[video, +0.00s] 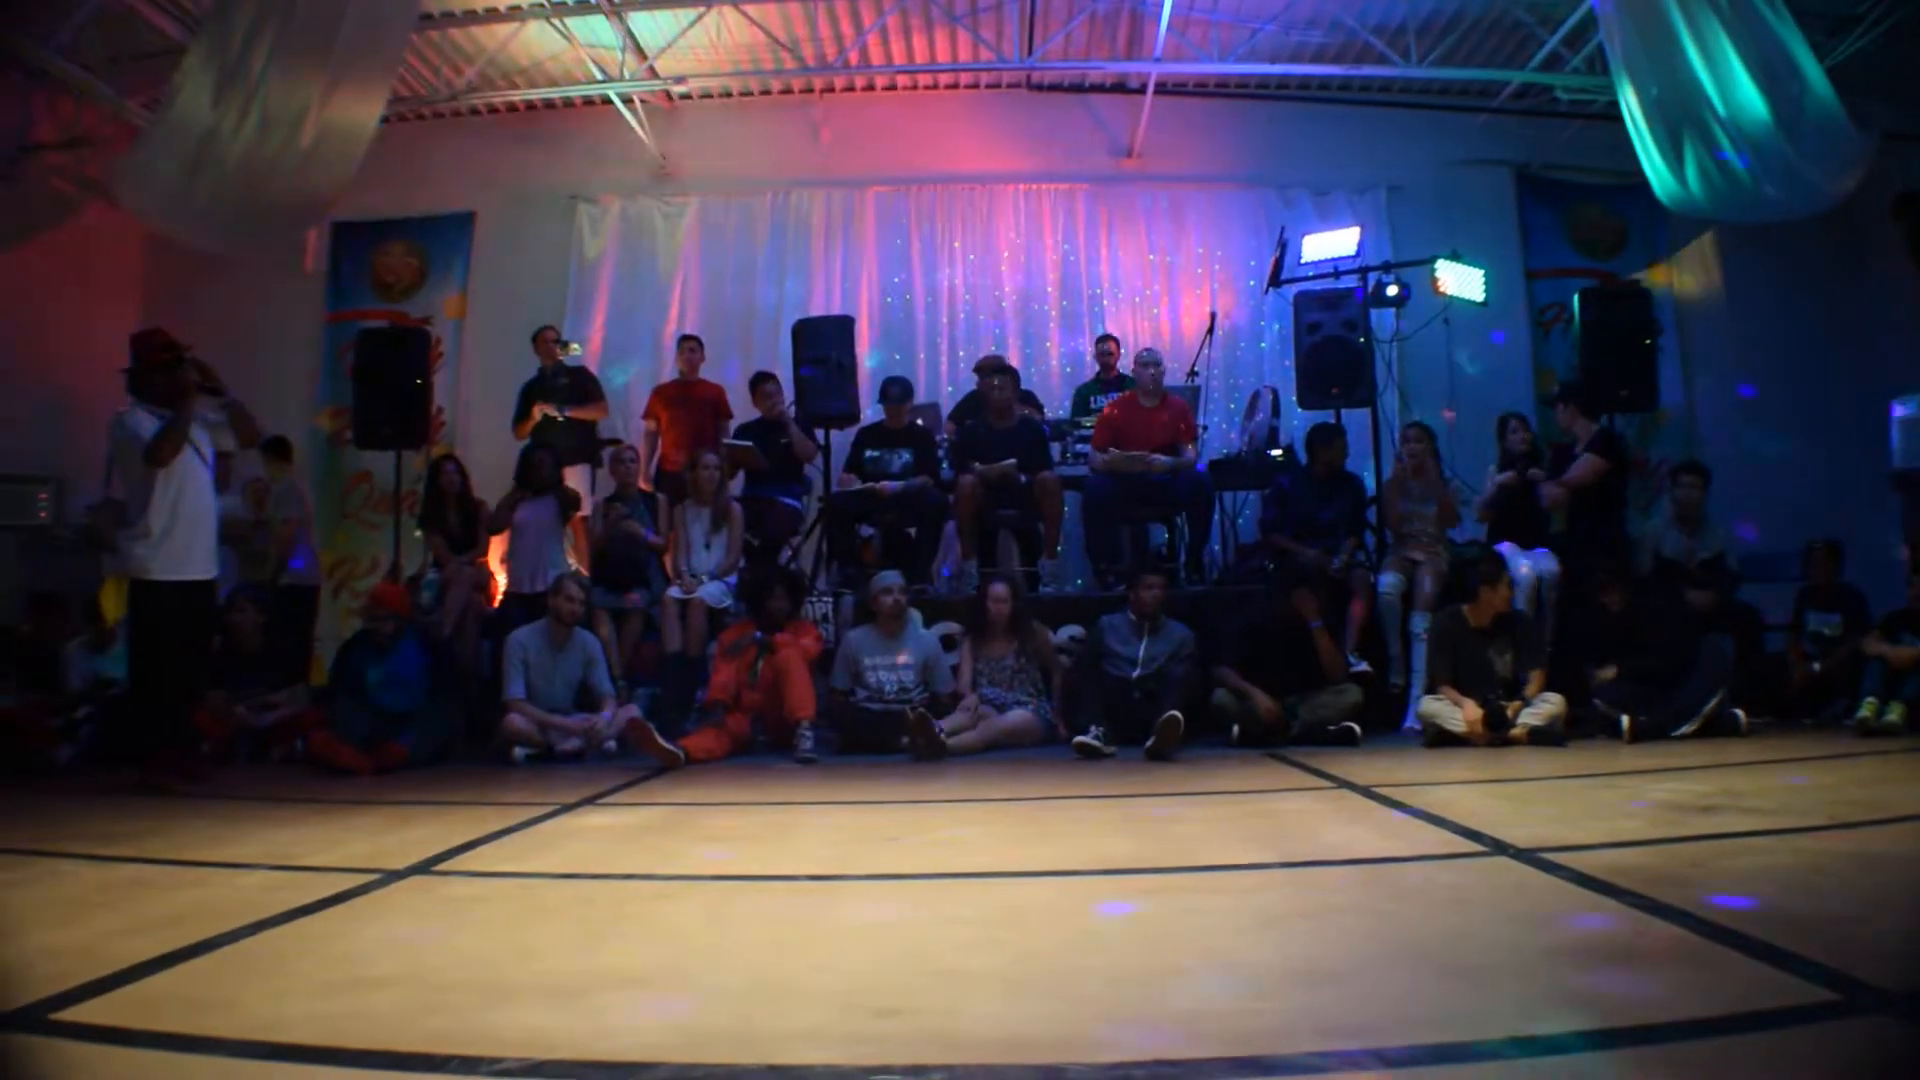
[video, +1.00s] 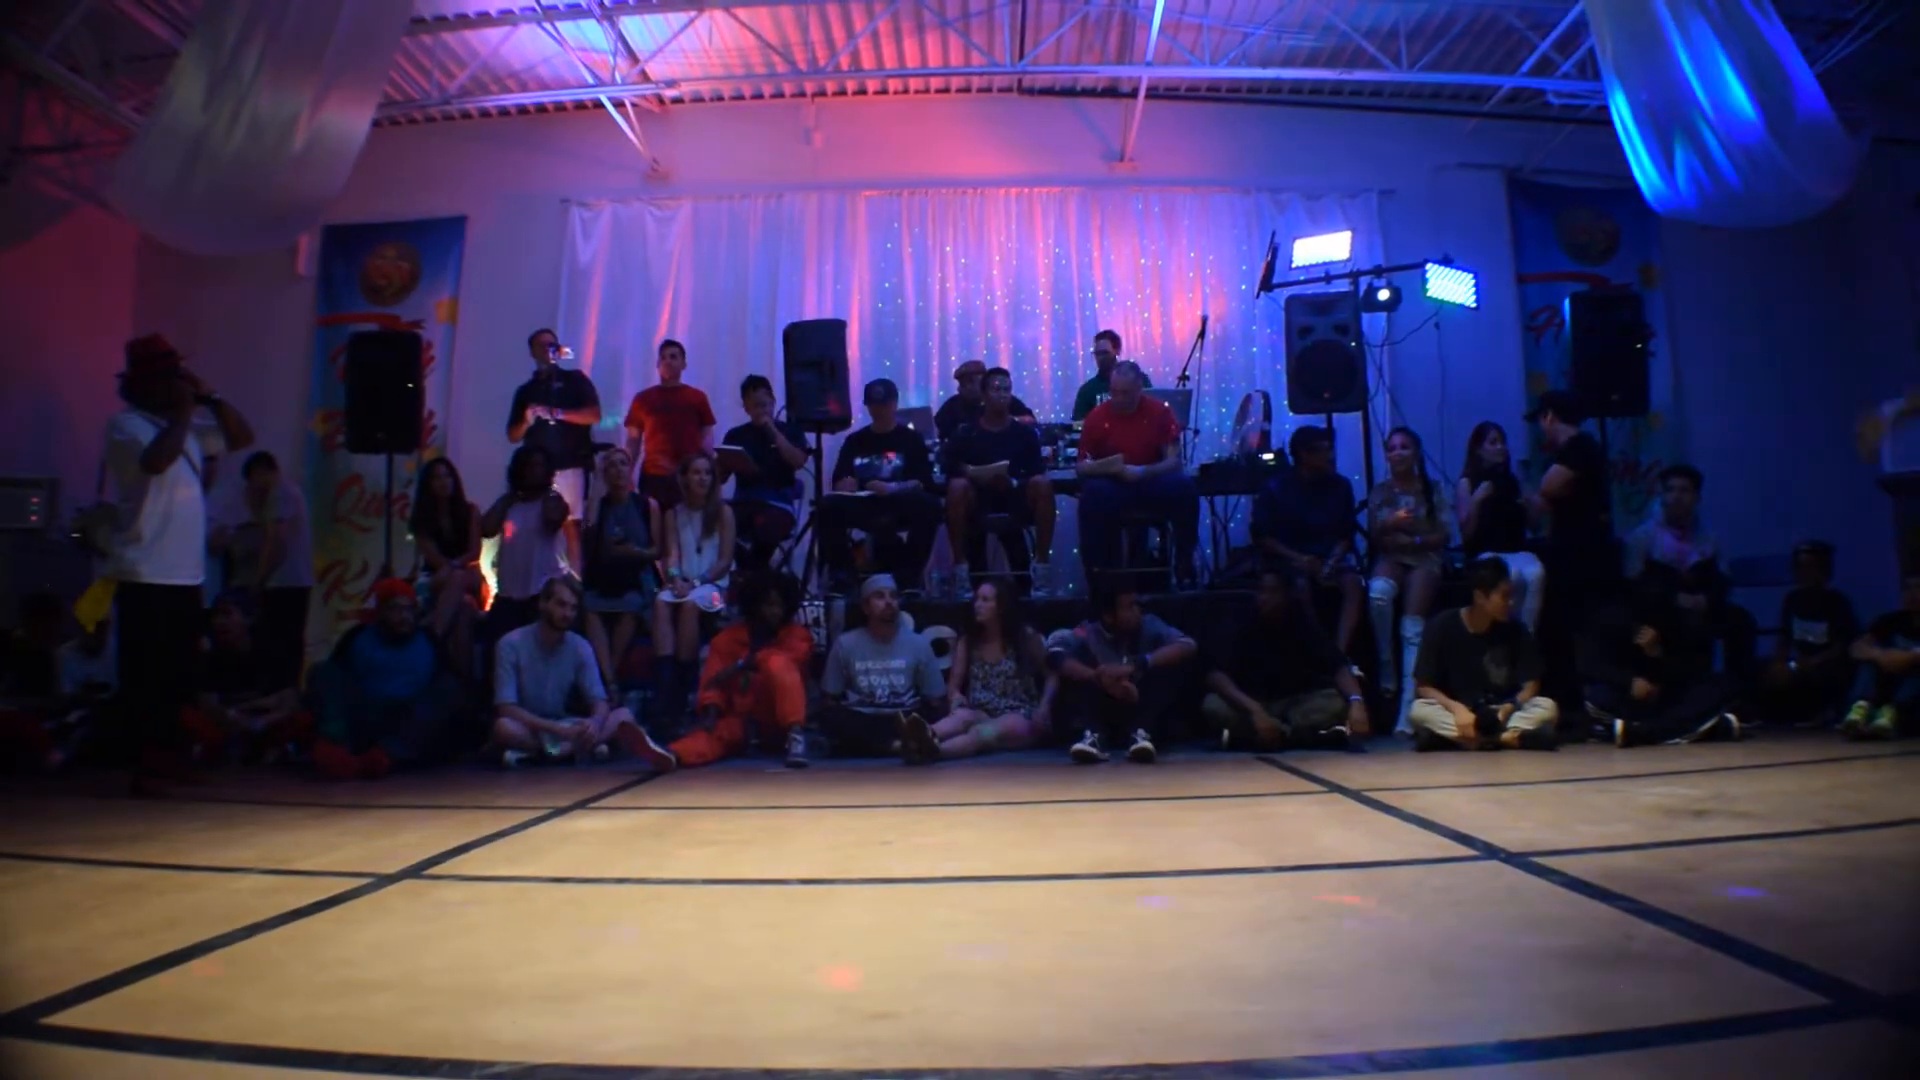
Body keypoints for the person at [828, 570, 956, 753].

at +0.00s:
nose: (896, 599)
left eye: (901, 592)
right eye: (887, 593)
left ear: (907, 598)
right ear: (874, 601)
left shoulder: (926, 641)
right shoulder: (854, 640)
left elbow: (943, 696)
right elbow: (838, 694)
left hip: (913, 711)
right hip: (869, 711)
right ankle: (903, 740)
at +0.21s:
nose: (894, 600)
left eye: (899, 593)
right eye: (885, 594)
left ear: (905, 599)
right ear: (872, 603)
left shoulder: (923, 641)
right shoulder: (851, 641)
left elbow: (942, 698)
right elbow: (836, 696)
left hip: (910, 713)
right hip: (867, 713)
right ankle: (900, 741)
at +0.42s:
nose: (893, 600)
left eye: (898, 594)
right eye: (885, 594)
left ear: (904, 600)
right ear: (871, 603)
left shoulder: (922, 642)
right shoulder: (851, 642)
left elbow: (941, 700)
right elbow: (835, 698)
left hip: (910, 715)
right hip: (866, 716)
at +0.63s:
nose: (891, 602)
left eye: (895, 596)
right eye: (882, 596)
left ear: (901, 601)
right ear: (869, 605)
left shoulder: (920, 644)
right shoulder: (848, 644)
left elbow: (939, 700)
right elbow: (831, 698)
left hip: (909, 715)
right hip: (863, 716)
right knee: (833, 717)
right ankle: (897, 744)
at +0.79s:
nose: (890, 603)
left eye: (894, 596)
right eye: (881, 597)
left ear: (900, 601)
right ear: (867, 605)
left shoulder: (917, 644)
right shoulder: (847, 644)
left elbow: (937, 701)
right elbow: (830, 698)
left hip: (906, 714)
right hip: (862, 715)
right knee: (831, 718)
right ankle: (894, 744)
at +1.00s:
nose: (888, 602)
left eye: (892, 596)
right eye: (880, 597)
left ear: (898, 602)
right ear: (866, 605)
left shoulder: (917, 645)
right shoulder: (846, 645)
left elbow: (936, 702)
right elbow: (829, 699)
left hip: (905, 716)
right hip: (860, 717)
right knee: (831, 718)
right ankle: (894, 744)